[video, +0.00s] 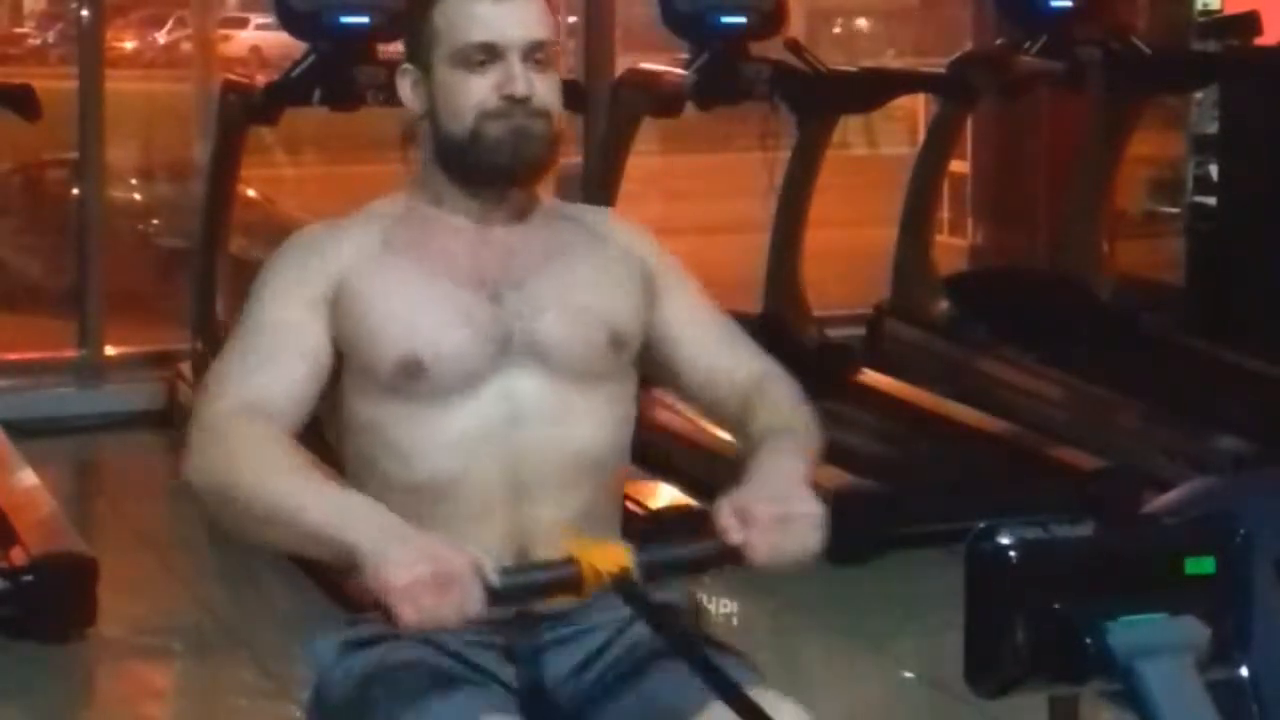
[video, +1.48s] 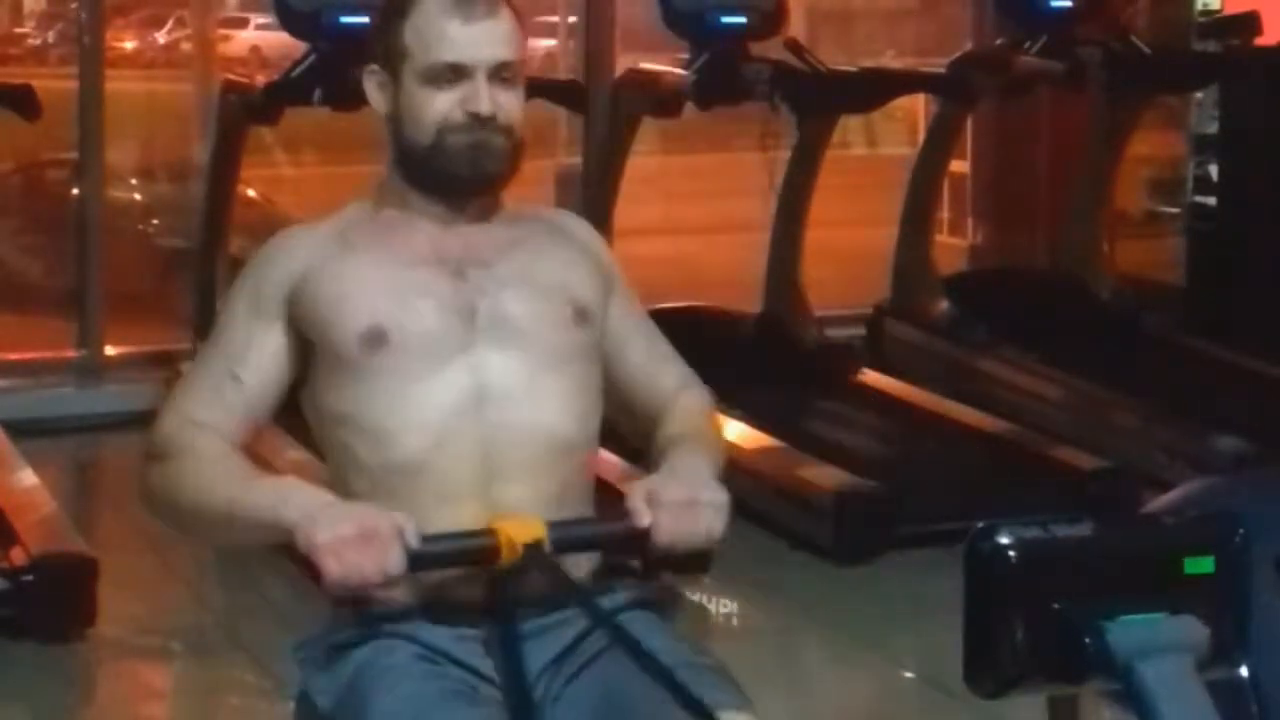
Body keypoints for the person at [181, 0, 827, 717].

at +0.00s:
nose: (518, 85)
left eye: (538, 61)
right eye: (479, 61)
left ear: (561, 83)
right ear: (413, 89)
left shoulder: (619, 252)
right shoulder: (329, 261)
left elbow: (760, 391)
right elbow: (226, 446)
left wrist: (779, 470)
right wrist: (385, 543)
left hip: (610, 620)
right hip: (421, 637)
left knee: (768, 713)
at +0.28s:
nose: (599, 100)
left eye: (621, 72)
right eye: (557, 73)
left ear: (648, 94)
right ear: (485, 104)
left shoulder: (717, 284)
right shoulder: (389, 293)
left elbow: (869, 425)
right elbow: (355, 481)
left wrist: (929, 576)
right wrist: (494, 641)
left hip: (651, 644)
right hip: (440, 654)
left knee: (843, 693)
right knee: (498, 709)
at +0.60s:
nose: (710, 174)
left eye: (732, 142)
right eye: (661, 145)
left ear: (760, 164)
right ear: (579, 180)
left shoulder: (834, 372)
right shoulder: (466, 383)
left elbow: (1009, 563)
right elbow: (528, 592)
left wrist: (1098, 697)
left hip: (688, 678)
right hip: (478, 685)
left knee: (858, 669)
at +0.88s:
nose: (623, 113)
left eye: (649, 82)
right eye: (579, 83)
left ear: (677, 103)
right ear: (503, 111)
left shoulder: (746, 297)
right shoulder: (412, 301)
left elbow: (892, 470)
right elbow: (433, 505)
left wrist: (992, 647)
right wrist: (564, 689)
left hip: (656, 645)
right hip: (454, 650)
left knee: (845, 681)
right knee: (508, 711)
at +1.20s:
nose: (487, 97)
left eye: (508, 72)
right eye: (452, 73)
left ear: (531, 90)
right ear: (385, 91)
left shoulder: (594, 245)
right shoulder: (312, 264)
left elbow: (719, 394)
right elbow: (221, 456)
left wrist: (748, 469)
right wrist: (352, 509)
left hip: (588, 617)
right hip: (402, 631)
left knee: (705, 713)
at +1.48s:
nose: (482, 105)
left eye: (502, 79)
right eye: (446, 79)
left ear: (524, 92)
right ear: (382, 91)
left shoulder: (571, 247)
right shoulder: (305, 262)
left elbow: (681, 403)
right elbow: (177, 457)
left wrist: (688, 472)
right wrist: (311, 510)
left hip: (590, 619)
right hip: (407, 634)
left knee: (714, 709)